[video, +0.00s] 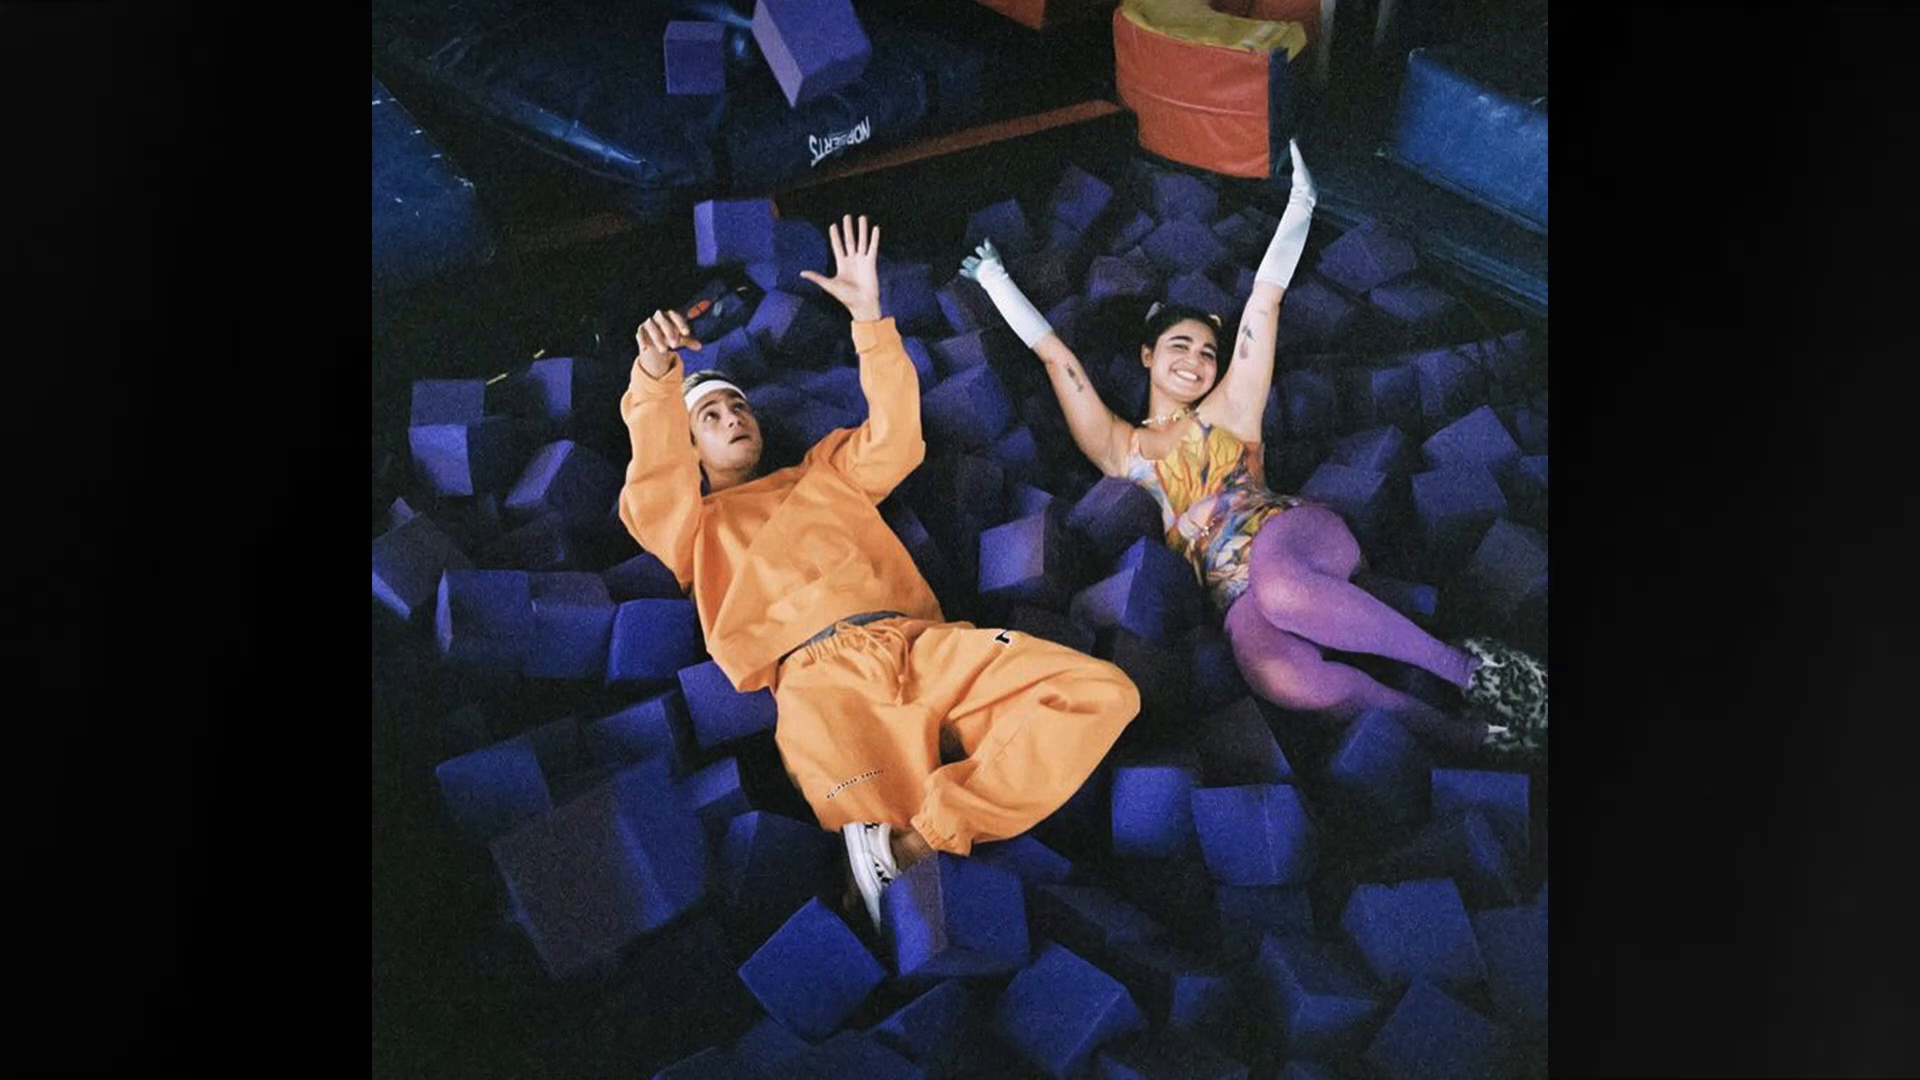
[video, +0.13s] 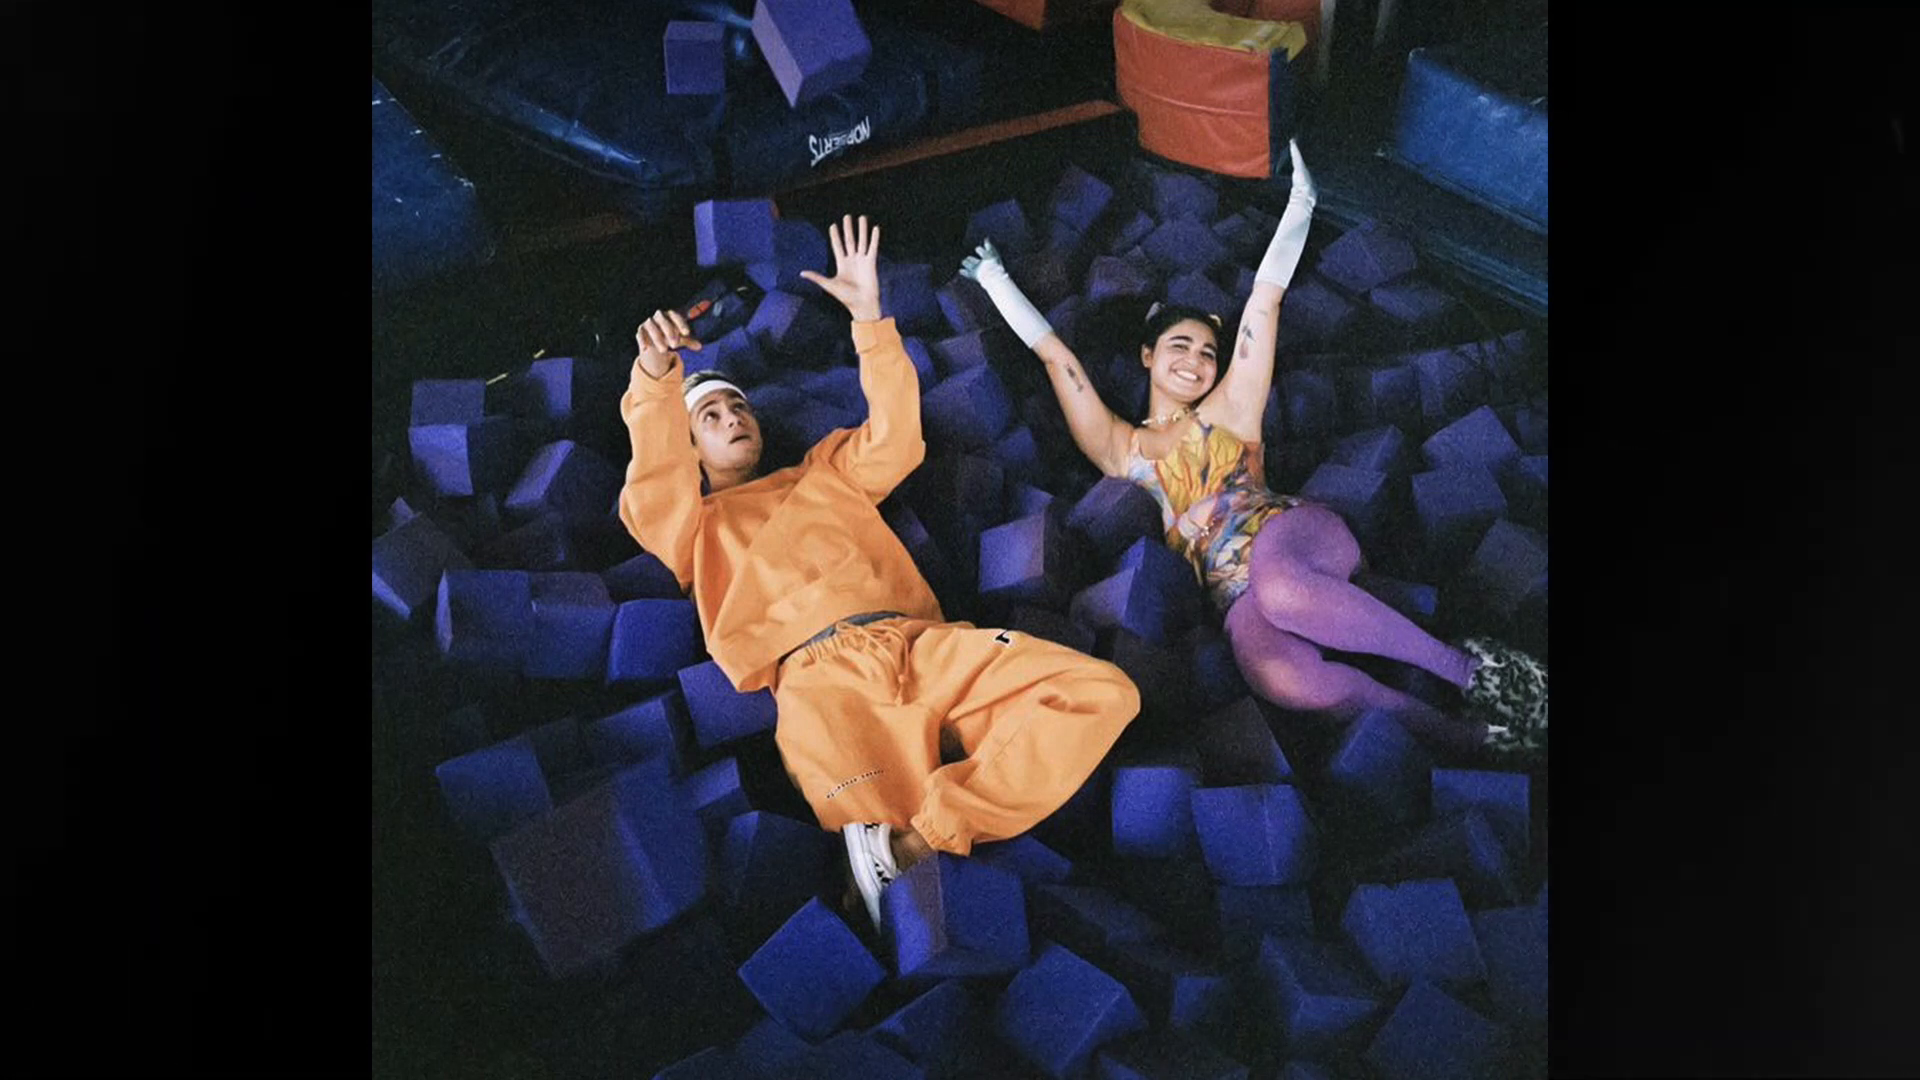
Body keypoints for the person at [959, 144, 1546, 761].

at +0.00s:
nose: (1191, 360)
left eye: (1205, 354)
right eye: (1176, 346)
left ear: (1216, 371)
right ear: (1145, 358)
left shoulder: (1230, 411)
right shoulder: (1122, 449)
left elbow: (1264, 305)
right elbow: (1058, 360)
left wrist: (1298, 209)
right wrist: (992, 278)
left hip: (1288, 530)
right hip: (1238, 596)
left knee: (1279, 593)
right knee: (1289, 681)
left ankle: (1472, 671)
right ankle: (1463, 735)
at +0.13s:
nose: (1191, 360)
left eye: (1205, 354)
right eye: (1176, 346)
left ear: (1216, 370)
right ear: (1145, 358)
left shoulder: (1230, 411)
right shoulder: (1122, 449)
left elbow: (1264, 305)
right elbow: (1058, 360)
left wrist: (1298, 209)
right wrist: (992, 278)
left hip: (1288, 530)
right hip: (1238, 596)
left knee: (1279, 593)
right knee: (1289, 681)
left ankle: (1472, 671)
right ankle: (1465, 736)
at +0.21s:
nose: (1190, 360)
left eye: (1204, 354)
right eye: (1176, 346)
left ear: (1216, 370)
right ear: (1145, 358)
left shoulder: (1230, 410)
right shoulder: (1122, 449)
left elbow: (1264, 305)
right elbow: (1057, 359)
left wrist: (1298, 209)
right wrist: (992, 278)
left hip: (1289, 531)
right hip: (1239, 597)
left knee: (1278, 593)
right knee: (1287, 680)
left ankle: (1473, 671)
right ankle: (1466, 735)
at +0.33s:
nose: (1191, 360)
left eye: (1205, 354)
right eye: (1177, 346)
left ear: (1216, 371)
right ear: (1145, 357)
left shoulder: (1230, 411)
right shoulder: (1122, 448)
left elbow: (1263, 306)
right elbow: (1058, 359)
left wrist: (1298, 209)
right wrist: (992, 278)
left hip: (1287, 531)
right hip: (1238, 596)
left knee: (1279, 593)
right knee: (1289, 681)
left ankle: (1472, 671)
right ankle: (1466, 737)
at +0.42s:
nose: (1191, 360)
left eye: (1205, 354)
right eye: (1176, 346)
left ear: (1216, 370)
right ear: (1145, 358)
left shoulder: (1230, 410)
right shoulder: (1123, 449)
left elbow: (1264, 305)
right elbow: (1058, 360)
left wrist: (1298, 209)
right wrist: (992, 279)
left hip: (1289, 531)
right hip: (1239, 597)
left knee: (1278, 592)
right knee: (1287, 680)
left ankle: (1472, 670)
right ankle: (1466, 735)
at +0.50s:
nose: (1191, 360)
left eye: (1205, 354)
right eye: (1176, 346)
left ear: (1216, 371)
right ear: (1145, 358)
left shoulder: (1230, 411)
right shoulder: (1122, 449)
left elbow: (1264, 305)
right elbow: (1058, 360)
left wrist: (1298, 209)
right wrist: (992, 278)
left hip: (1288, 530)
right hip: (1238, 596)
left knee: (1279, 592)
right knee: (1288, 681)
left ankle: (1472, 671)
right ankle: (1465, 736)